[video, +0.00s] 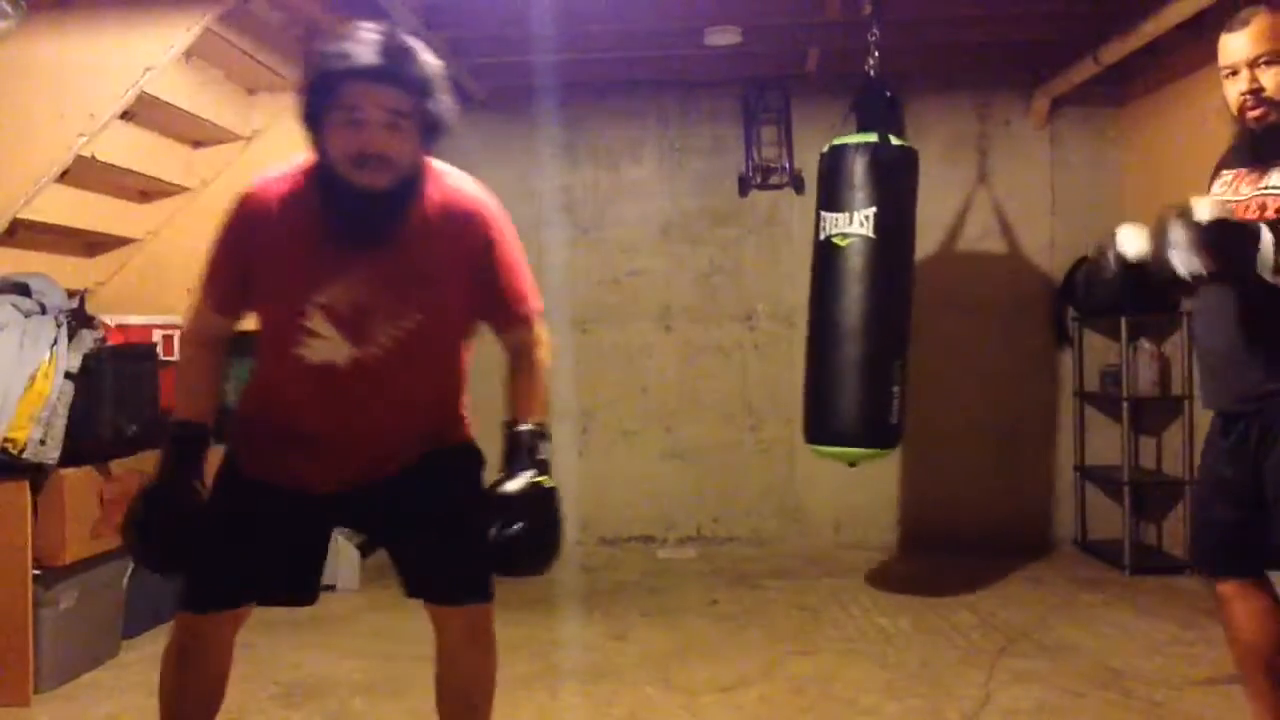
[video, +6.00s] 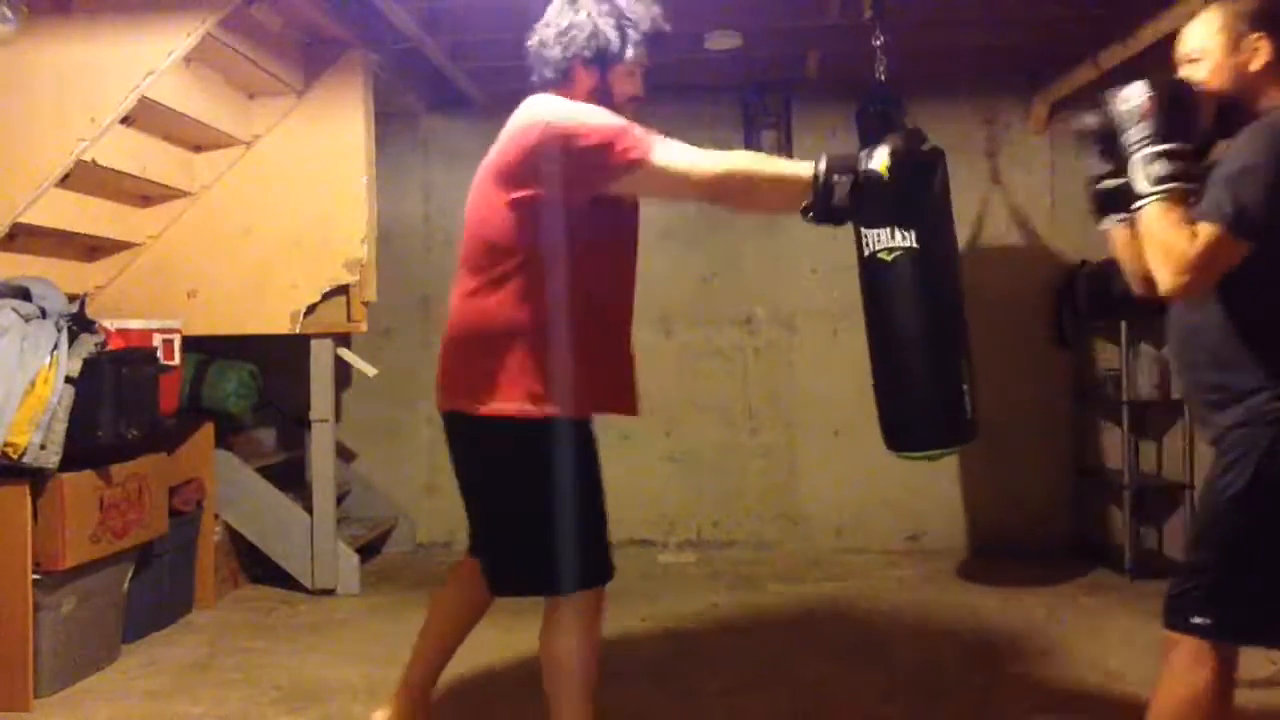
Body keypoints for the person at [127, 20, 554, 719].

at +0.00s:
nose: (372, 141)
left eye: (394, 121)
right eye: (351, 120)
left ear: (425, 131)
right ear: (317, 127)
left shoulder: (466, 216)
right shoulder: (265, 213)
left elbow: (525, 338)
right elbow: (206, 334)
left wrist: (527, 465)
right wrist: (182, 464)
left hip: (417, 460)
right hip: (276, 459)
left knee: (466, 612)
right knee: (205, 615)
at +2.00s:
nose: (296, 81)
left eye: (313, 63)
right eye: (274, 65)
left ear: (345, 81)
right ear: (246, 87)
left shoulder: (396, 181)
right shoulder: (199, 184)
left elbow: (433, 321)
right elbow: (144, 314)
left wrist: (421, 300)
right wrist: (184, 296)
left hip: (377, 475)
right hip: (221, 476)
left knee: (441, 640)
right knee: (153, 660)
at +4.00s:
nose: (479, 89)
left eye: (474, 73)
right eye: (464, 73)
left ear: (416, 83)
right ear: (413, 80)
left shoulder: (411, 157)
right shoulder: (409, 159)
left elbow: (544, 225)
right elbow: (538, 230)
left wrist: (663, 215)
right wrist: (667, 220)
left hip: (410, 434)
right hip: (460, 433)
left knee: (382, 590)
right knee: (532, 600)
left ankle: (318, 712)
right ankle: (552, 712)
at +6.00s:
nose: (640, 89)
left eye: (641, 71)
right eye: (630, 70)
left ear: (585, 71)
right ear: (581, 67)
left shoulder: (560, 129)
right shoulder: (556, 125)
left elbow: (713, 182)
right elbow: (707, 173)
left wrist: (840, 190)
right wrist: (841, 179)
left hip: (506, 394)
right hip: (521, 396)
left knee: (491, 561)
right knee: (578, 582)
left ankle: (405, 702)